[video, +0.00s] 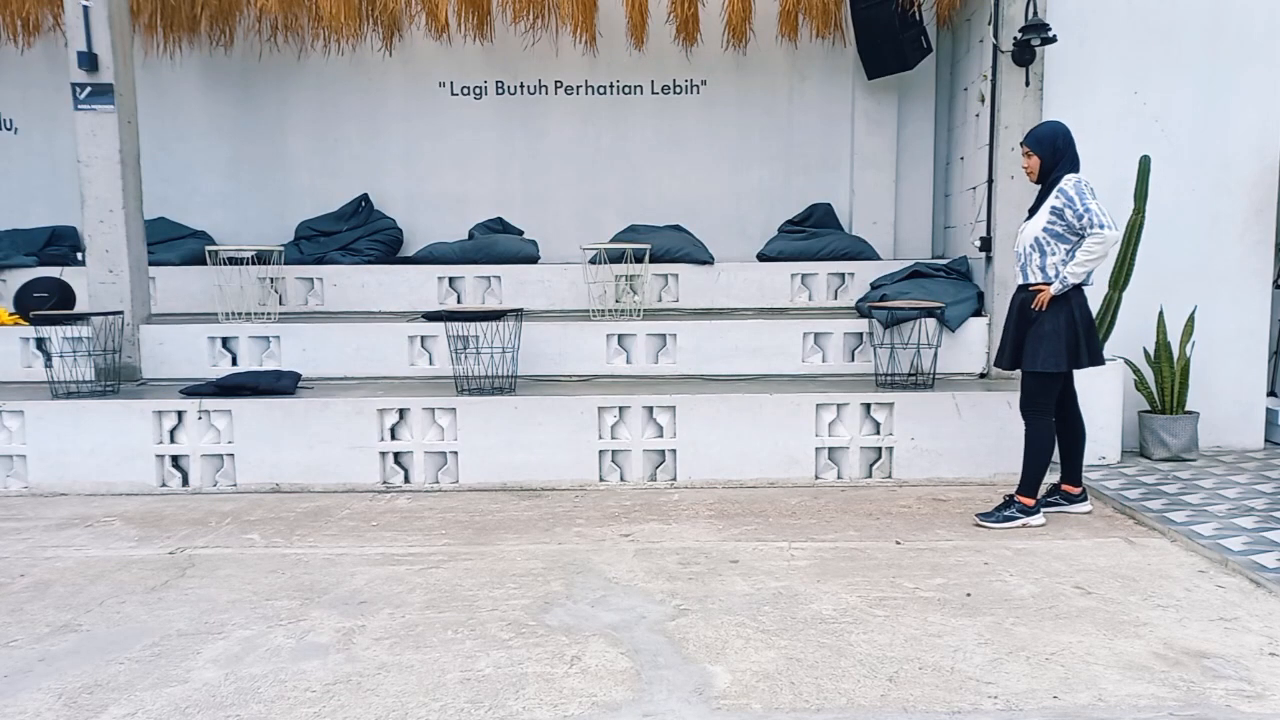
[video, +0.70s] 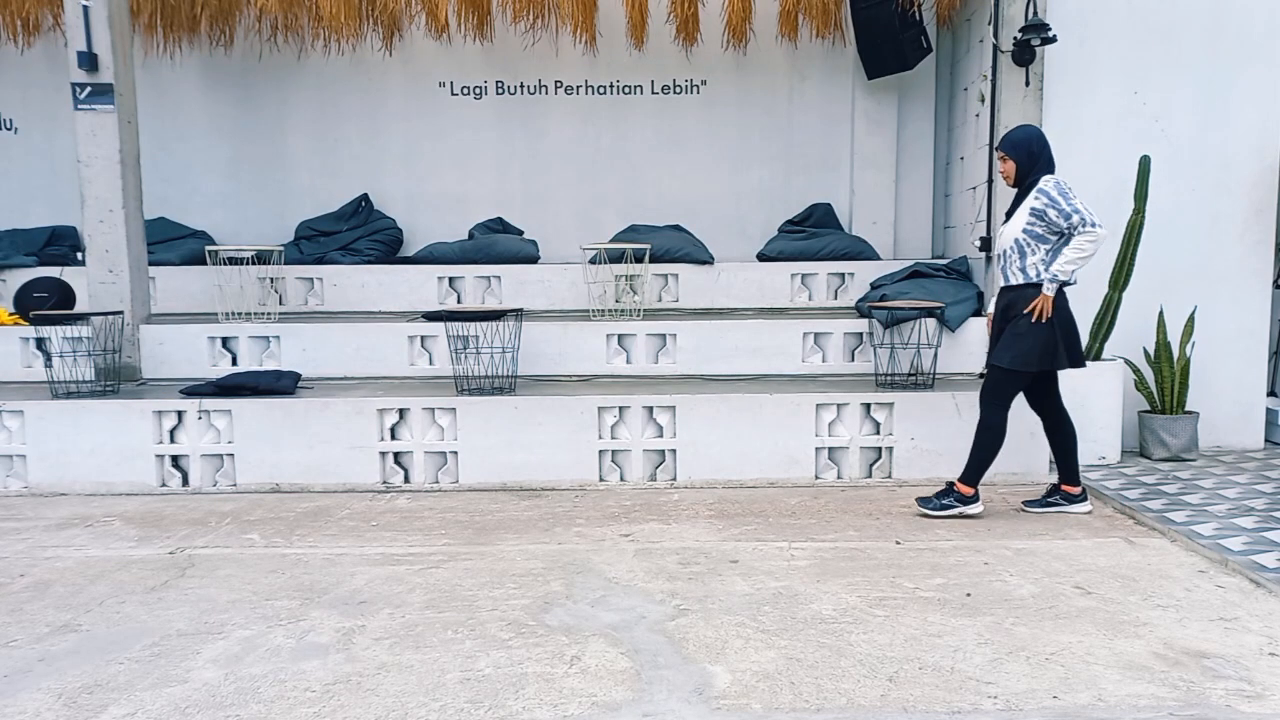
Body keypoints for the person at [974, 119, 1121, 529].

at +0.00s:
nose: (1024, 163)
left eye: (1030, 155)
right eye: (1024, 156)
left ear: (1052, 154)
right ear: (1043, 156)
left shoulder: (1071, 186)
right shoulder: (1050, 193)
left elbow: (1103, 233)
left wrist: (1060, 283)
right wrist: (1035, 283)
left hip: (1052, 311)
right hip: (1041, 309)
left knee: (1037, 406)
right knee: (1063, 404)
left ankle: (1024, 500)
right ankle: (1072, 488)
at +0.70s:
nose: (1000, 168)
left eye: (1005, 160)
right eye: (998, 160)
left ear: (1027, 158)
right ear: (1017, 160)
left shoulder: (1048, 186)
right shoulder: (1025, 198)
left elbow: (1091, 231)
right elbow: (1015, 262)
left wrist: (1052, 283)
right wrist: (997, 306)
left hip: (1032, 310)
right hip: (1017, 310)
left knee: (994, 397)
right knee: (1048, 404)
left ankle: (964, 490)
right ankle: (1071, 489)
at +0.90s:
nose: (976, 169)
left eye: (981, 161)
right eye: (976, 162)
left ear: (1002, 160)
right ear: (996, 163)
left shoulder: (1027, 194)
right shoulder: (997, 205)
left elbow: (1072, 248)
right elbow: (978, 268)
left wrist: (1074, 311)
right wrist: (948, 304)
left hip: (1006, 310)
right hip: (988, 311)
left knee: (968, 400)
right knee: (1030, 403)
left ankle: (939, 489)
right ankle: (1068, 486)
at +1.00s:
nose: (960, 169)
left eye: (965, 160)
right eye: (960, 160)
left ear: (987, 160)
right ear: (983, 160)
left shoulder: (1011, 198)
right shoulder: (983, 204)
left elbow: (1041, 263)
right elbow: (958, 265)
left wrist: (1071, 321)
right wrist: (927, 300)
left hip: (982, 308)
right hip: (967, 308)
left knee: (959, 402)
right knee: (1006, 402)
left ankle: (940, 490)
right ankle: (1060, 479)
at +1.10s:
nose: (944, 166)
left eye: (949, 158)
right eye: (944, 158)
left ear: (970, 158)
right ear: (967, 159)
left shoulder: (992, 199)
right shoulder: (964, 202)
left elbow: (1011, 267)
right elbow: (942, 267)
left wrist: (1025, 327)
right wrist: (917, 305)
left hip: (962, 304)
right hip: (944, 305)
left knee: (955, 404)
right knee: (963, 405)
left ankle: (941, 491)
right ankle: (1035, 468)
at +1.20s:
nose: (925, 164)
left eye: (931, 156)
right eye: (925, 157)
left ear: (952, 157)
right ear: (947, 159)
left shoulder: (971, 199)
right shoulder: (949, 201)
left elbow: (974, 272)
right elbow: (940, 272)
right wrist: (913, 322)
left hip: (948, 309)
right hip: (924, 309)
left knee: (947, 400)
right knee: (910, 401)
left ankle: (942, 491)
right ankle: (984, 457)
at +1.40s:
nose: (884, 161)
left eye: (889, 154)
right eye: (885, 154)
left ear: (909, 157)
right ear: (913, 158)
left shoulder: (922, 197)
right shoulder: (916, 196)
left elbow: (891, 263)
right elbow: (936, 267)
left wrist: (850, 308)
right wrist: (944, 319)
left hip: (914, 309)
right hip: (895, 306)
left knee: (921, 401)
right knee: (855, 391)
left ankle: (940, 491)